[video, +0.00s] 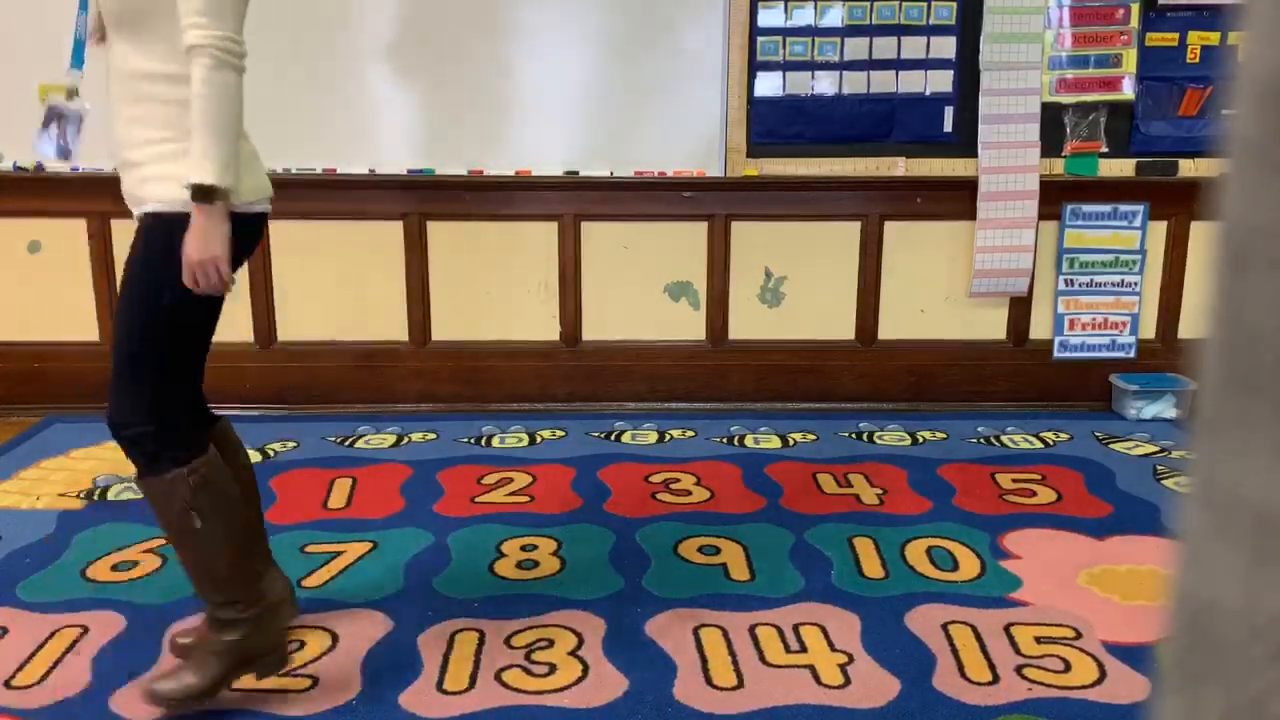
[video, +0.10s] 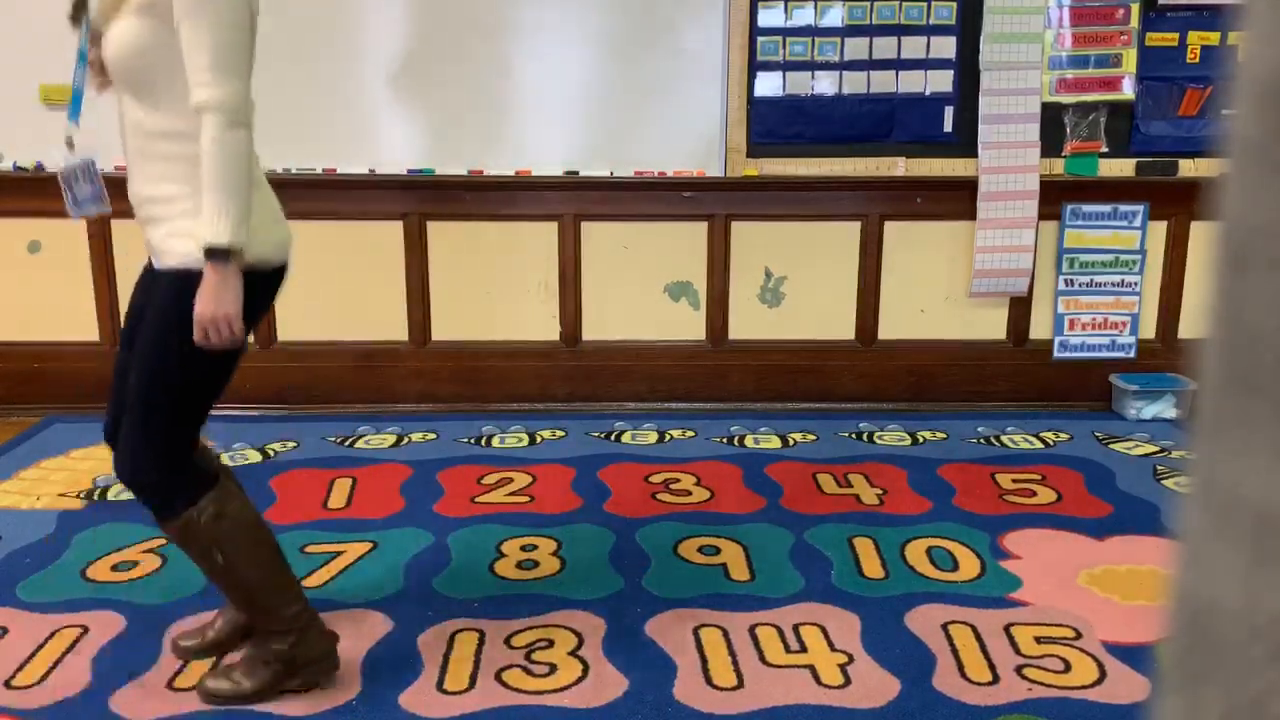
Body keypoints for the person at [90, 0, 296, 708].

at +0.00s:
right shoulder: (138, 7)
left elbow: (217, 50)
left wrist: (209, 203)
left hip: (196, 201)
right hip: (174, 198)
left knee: (142, 417)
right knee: (173, 410)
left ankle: (244, 617)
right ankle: (253, 596)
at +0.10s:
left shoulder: (208, 5)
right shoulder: (144, 8)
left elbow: (226, 109)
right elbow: (174, 91)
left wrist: (222, 259)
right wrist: (113, 66)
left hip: (223, 245)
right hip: (176, 243)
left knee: (154, 452)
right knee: (132, 438)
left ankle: (295, 633)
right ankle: (253, 602)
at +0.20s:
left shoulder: (196, 14)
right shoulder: (146, 15)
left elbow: (214, 175)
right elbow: (167, 142)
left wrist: (191, 327)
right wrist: (104, 100)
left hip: (245, 296)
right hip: (194, 282)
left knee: (140, 493)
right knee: (116, 462)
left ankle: (301, 635)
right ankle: (254, 602)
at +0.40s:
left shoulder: (82, 7)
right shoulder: (251, 0)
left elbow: (84, 120)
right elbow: (312, 71)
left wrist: (86, 258)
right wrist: (346, 198)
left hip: (216, 245)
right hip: (298, 227)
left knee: (185, 454)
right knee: (236, 414)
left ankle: (301, 637)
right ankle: (260, 591)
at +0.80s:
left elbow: (95, 75)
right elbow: (197, 51)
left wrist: (127, 195)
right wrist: (249, 204)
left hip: (141, 207)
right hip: (228, 203)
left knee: (213, 424)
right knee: (293, 424)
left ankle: (234, 648)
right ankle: (265, 668)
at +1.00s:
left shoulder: (104, 12)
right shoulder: (159, 5)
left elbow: (101, 117)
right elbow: (179, 108)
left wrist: (106, 270)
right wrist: (250, 279)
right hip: (175, 268)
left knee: (292, 453)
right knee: (267, 471)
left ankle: (210, 654)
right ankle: (151, 696)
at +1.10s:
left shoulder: (184, 16)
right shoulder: (124, 11)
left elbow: (162, 179)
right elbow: (153, 175)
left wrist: (122, 323)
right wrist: (229, 330)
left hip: (210, 313)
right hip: (160, 326)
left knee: (325, 483)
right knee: (279, 514)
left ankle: (209, 664)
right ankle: (145, 705)